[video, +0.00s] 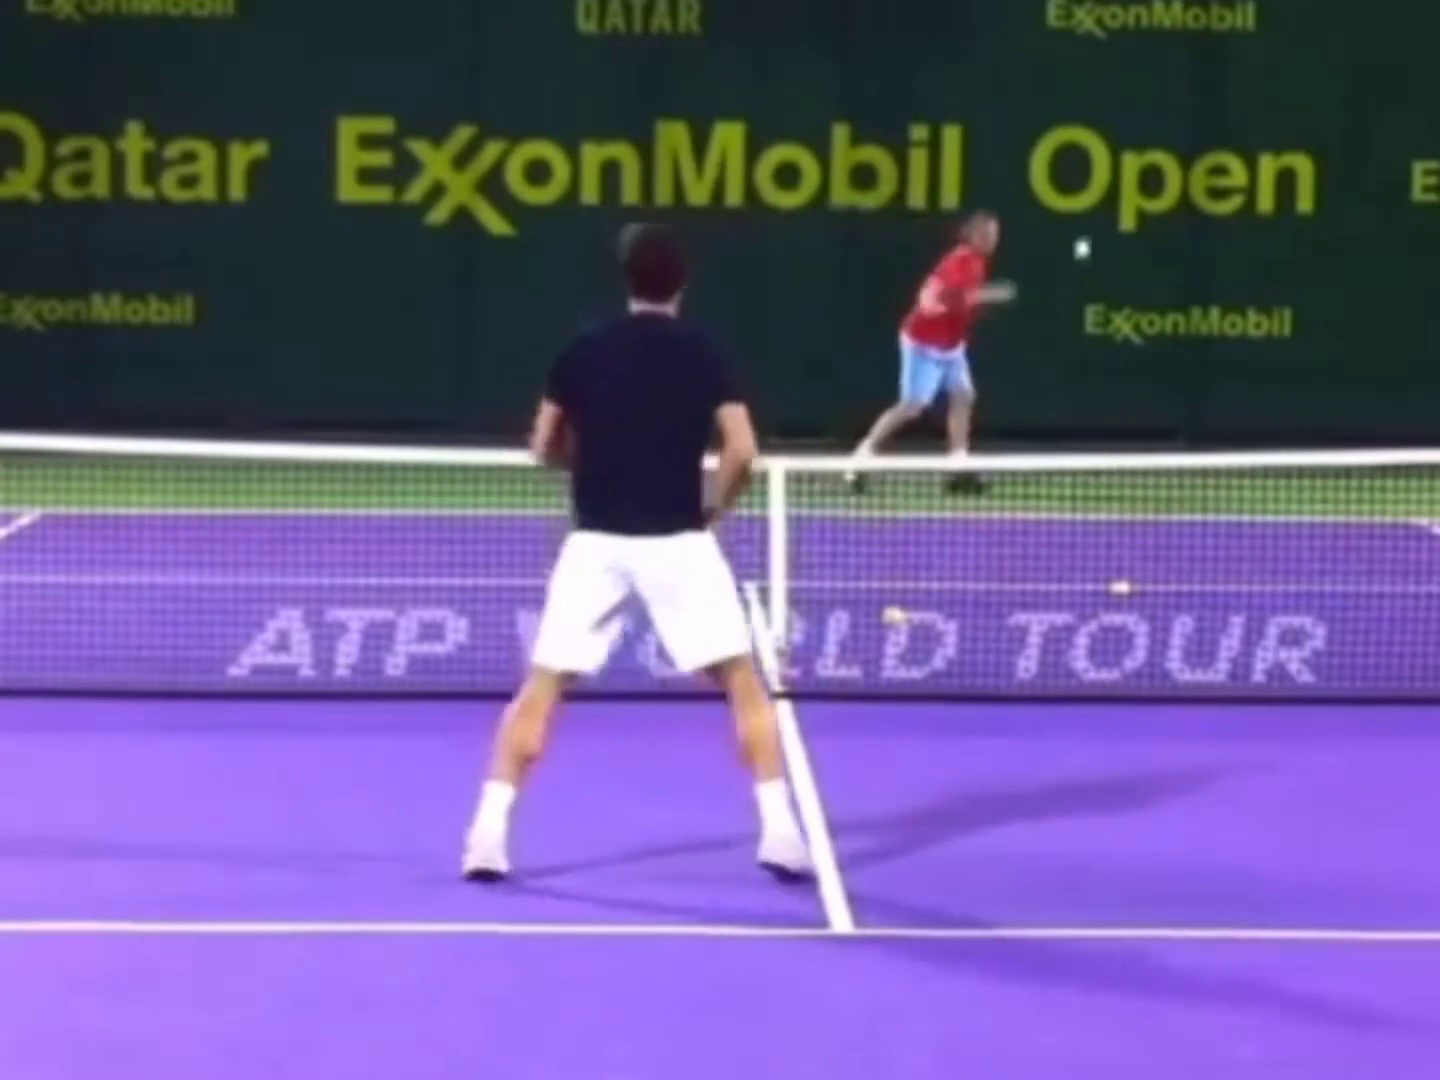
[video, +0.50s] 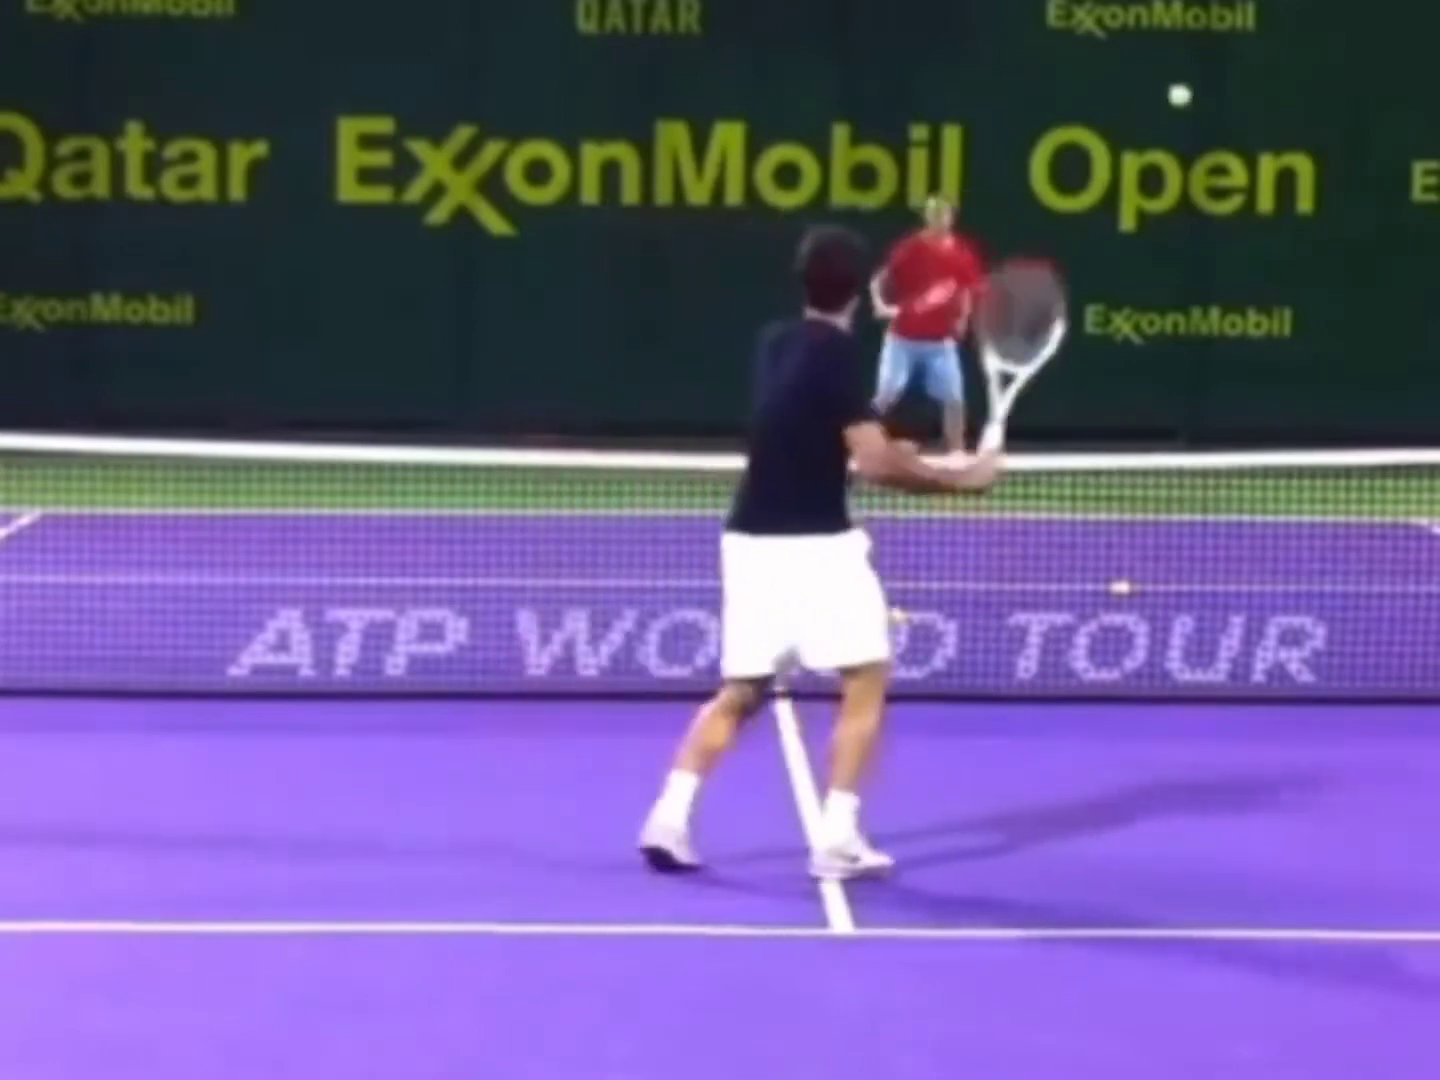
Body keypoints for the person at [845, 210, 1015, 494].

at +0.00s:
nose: (992, 241)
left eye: (994, 234)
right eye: (986, 234)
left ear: (993, 237)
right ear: (971, 235)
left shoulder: (977, 263)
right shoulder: (958, 260)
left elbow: (962, 294)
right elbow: (930, 296)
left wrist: (991, 296)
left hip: (951, 343)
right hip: (922, 342)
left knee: (963, 396)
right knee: (913, 404)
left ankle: (959, 461)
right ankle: (862, 453)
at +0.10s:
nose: (983, 233)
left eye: (987, 227)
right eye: (978, 226)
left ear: (992, 230)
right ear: (966, 226)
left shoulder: (982, 258)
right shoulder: (949, 252)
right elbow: (923, 262)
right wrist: (909, 267)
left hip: (955, 339)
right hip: (923, 337)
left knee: (962, 398)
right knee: (920, 400)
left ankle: (959, 462)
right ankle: (872, 455)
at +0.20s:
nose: (977, 225)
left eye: (981, 220)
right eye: (972, 219)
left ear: (988, 224)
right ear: (961, 220)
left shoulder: (983, 252)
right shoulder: (942, 246)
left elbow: (983, 294)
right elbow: (906, 258)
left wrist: (1005, 324)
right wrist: (887, 254)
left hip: (955, 336)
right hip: (922, 333)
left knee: (962, 397)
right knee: (922, 398)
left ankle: (959, 463)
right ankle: (881, 454)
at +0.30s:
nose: (968, 223)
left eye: (973, 217)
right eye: (963, 216)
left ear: (979, 221)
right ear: (954, 219)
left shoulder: (981, 256)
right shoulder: (935, 246)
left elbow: (988, 297)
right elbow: (897, 259)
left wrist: (1010, 331)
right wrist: (882, 259)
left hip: (953, 337)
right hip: (917, 333)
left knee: (960, 399)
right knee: (916, 396)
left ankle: (959, 464)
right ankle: (879, 452)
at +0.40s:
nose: (955, 222)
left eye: (961, 216)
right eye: (951, 215)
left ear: (968, 219)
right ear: (941, 217)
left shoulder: (977, 254)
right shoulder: (921, 247)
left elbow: (981, 298)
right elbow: (879, 281)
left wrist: (990, 331)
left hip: (952, 335)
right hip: (912, 333)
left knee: (956, 400)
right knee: (900, 394)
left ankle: (960, 464)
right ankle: (863, 445)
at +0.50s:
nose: (938, 220)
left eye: (942, 213)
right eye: (933, 213)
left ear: (951, 217)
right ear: (925, 216)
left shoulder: (960, 254)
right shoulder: (910, 248)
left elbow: (968, 290)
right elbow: (878, 279)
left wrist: (962, 320)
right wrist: (880, 306)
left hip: (941, 338)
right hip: (902, 336)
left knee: (954, 401)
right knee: (888, 393)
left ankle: (956, 459)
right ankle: (861, 448)